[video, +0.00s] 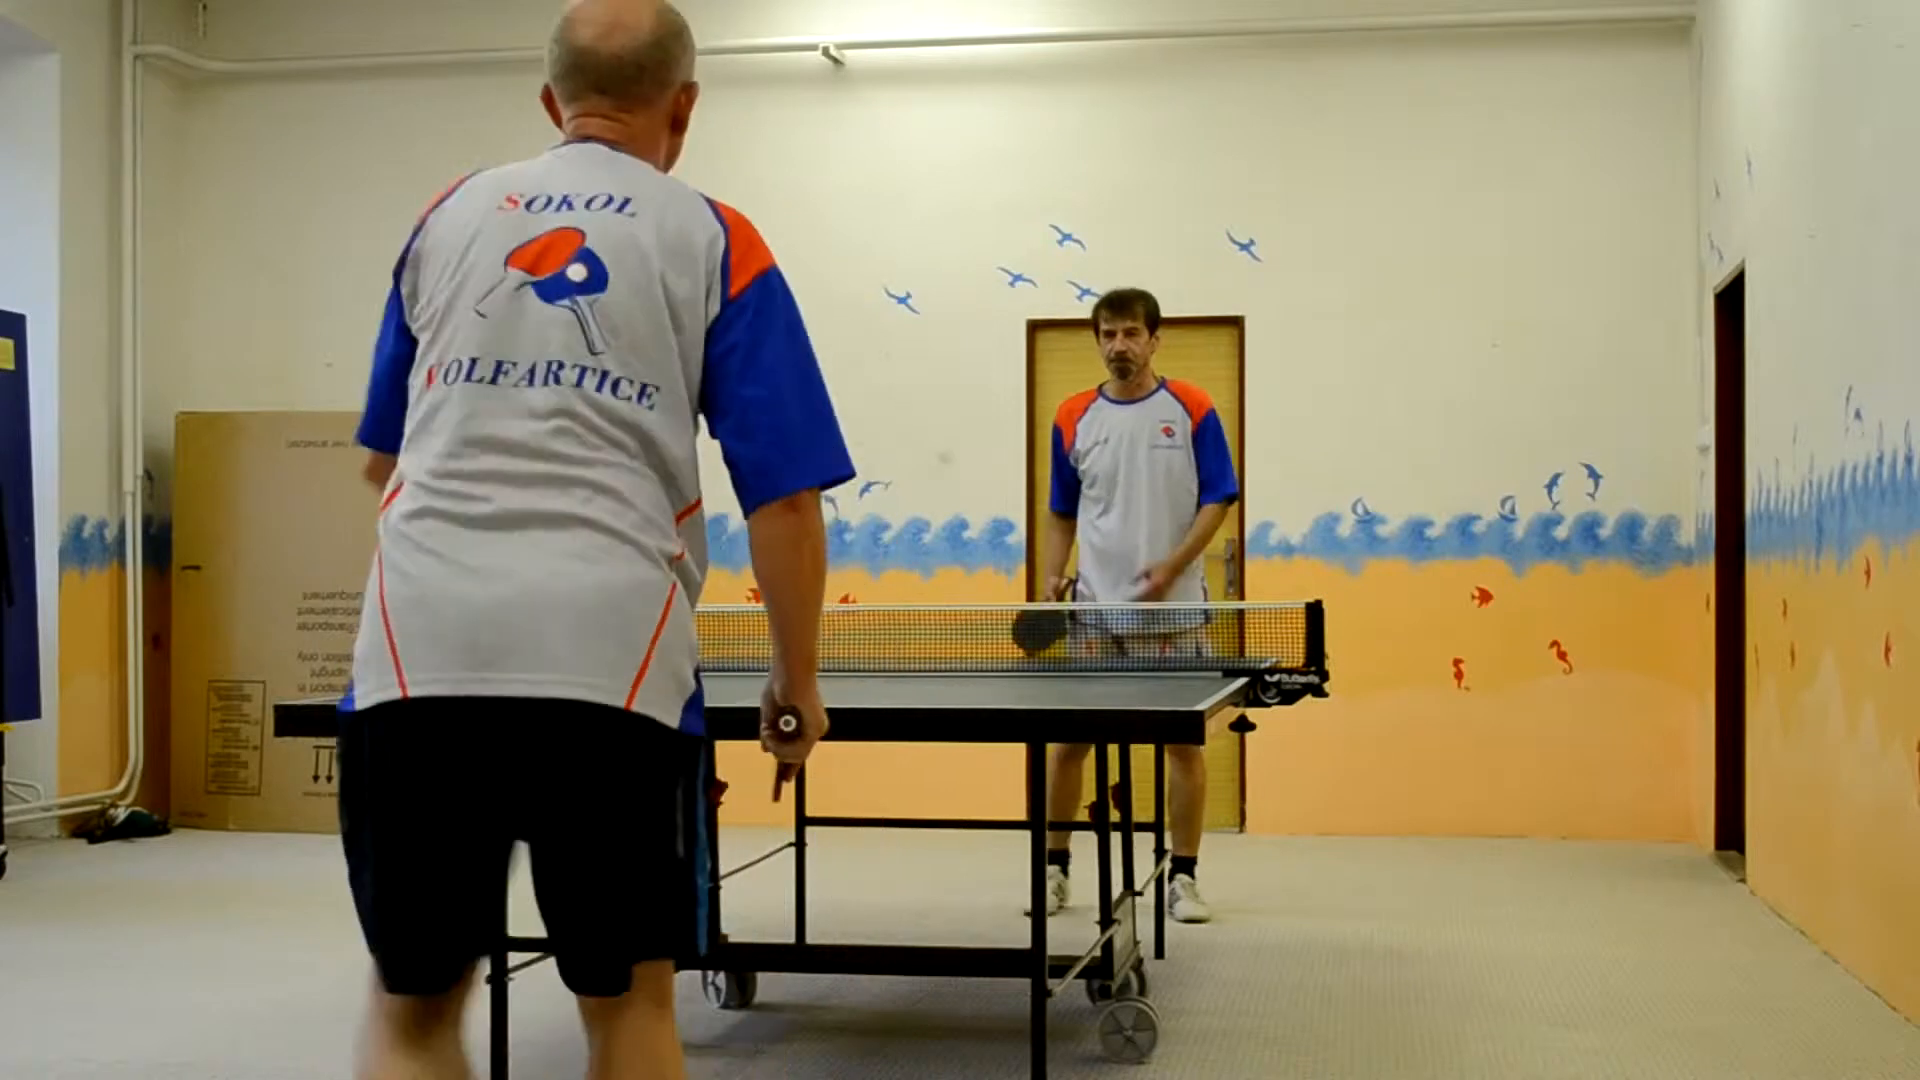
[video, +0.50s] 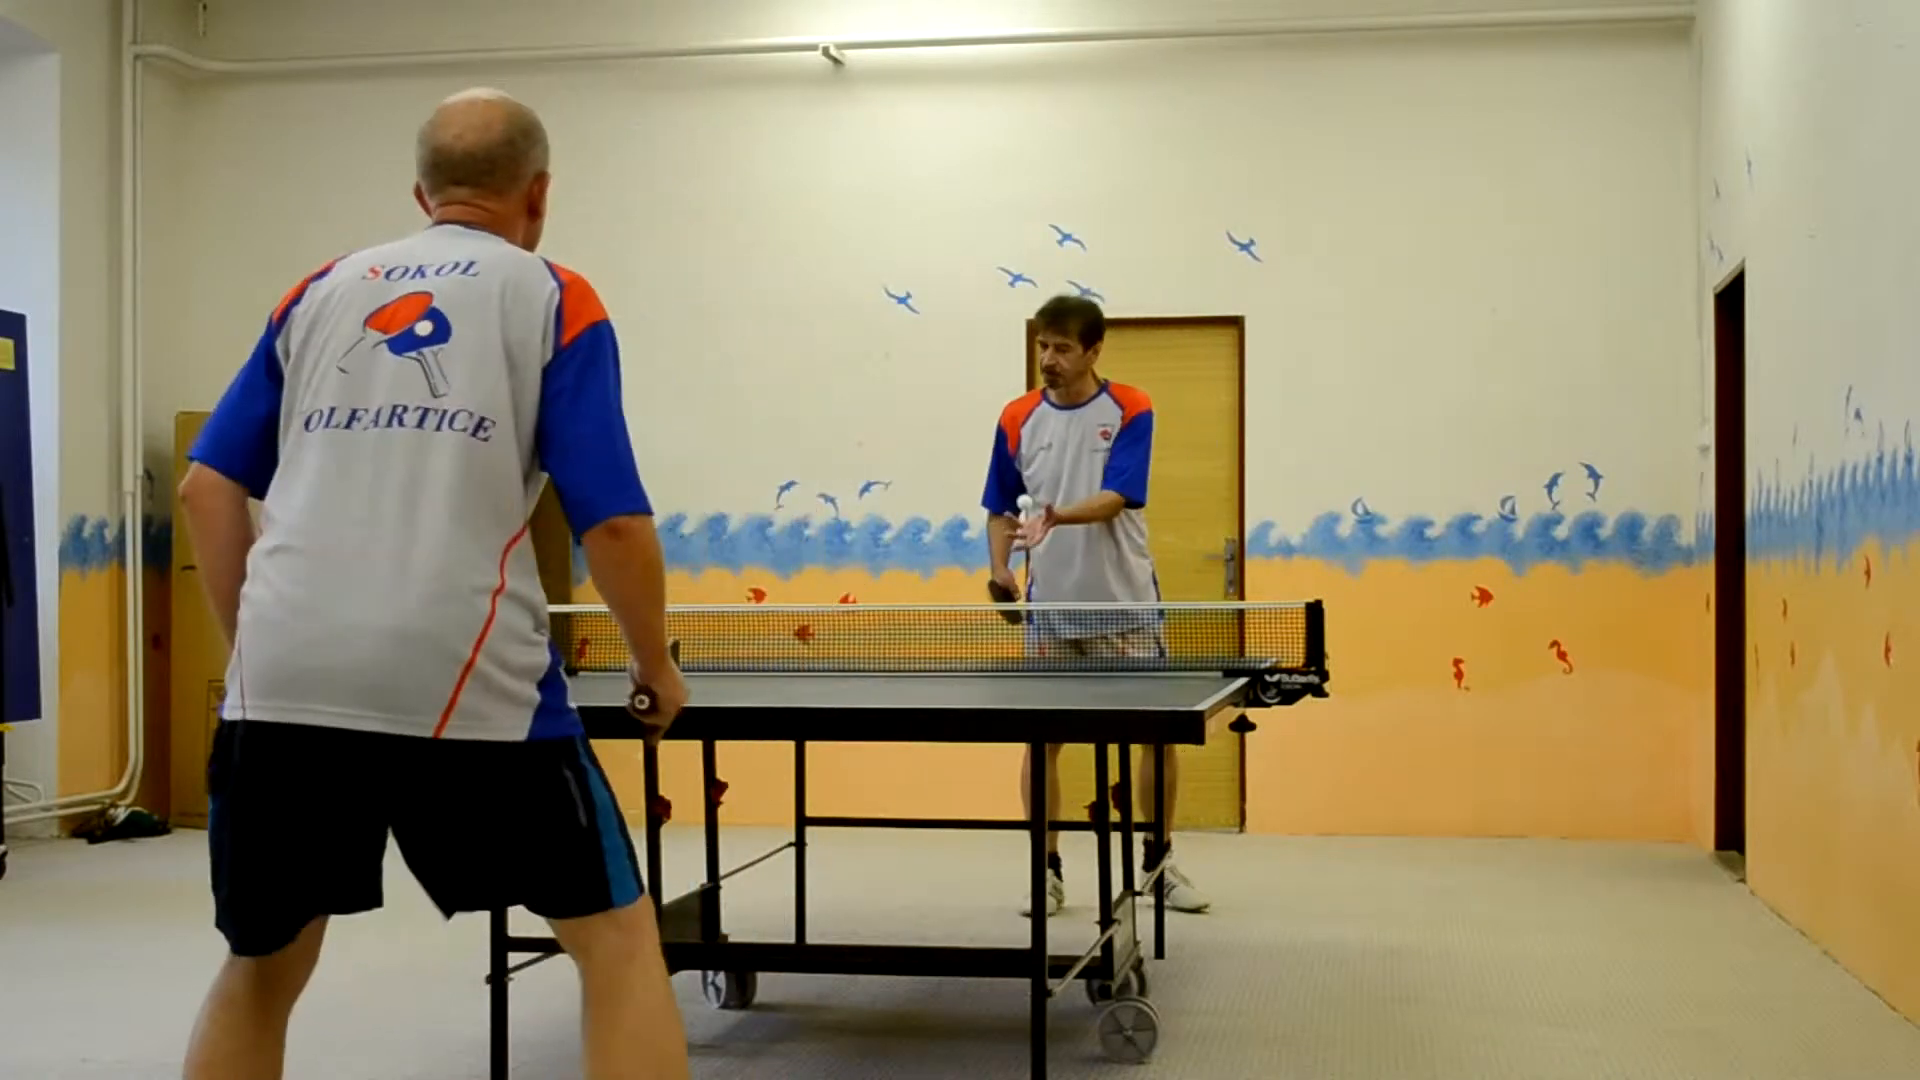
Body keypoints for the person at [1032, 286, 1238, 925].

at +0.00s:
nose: (1119, 344)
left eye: (1130, 333)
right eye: (1109, 334)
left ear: (1153, 339)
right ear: (1097, 341)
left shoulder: (1191, 409)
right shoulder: (1073, 417)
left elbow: (1220, 497)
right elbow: (1061, 510)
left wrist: (1177, 561)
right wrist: (1052, 574)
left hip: (1173, 610)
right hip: (1094, 611)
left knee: (1185, 742)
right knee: (1069, 740)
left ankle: (1182, 874)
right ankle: (1054, 870)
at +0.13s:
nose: (1101, 349)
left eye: (1112, 338)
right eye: (1091, 339)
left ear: (1136, 342)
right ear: (1079, 344)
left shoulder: (1172, 409)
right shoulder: (1054, 419)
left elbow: (1196, 497)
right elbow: (1042, 506)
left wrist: (1141, 551)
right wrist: (1035, 568)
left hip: (1158, 606)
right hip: (1079, 609)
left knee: (1177, 740)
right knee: (1057, 741)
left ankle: (1181, 873)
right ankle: (1050, 870)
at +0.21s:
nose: (1086, 352)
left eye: (1097, 340)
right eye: (1076, 341)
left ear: (1121, 343)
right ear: (1064, 346)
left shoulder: (1156, 409)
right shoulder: (1040, 419)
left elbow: (1171, 500)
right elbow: (1027, 508)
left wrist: (1120, 541)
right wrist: (1028, 567)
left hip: (1145, 606)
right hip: (1067, 608)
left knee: (1171, 740)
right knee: (1051, 740)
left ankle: (1178, 872)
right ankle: (1049, 870)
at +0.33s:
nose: (1066, 357)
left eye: (1078, 345)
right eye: (1057, 345)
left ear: (1102, 346)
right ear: (1045, 347)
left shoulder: (1137, 408)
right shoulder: (1023, 419)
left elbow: (1140, 499)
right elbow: (1013, 510)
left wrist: (1084, 528)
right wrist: (1009, 562)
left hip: (1131, 605)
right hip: (1054, 609)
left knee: (1167, 735)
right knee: (1043, 739)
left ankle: (1173, 868)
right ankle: (1048, 869)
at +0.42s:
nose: (1054, 356)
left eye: (1066, 346)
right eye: (1047, 345)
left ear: (1095, 348)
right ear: (1039, 346)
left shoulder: (1131, 408)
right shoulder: (1018, 417)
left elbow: (1127, 498)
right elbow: (1003, 502)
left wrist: (1064, 520)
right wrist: (1000, 564)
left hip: (1127, 602)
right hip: (1051, 607)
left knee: (1161, 731)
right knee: (1042, 737)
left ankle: (1168, 865)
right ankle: (1047, 867)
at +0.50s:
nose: (1049, 359)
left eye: (1061, 349)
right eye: (1043, 348)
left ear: (1093, 350)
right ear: (1037, 347)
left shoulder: (1130, 409)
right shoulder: (1017, 418)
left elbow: (1117, 499)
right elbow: (1001, 504)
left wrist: (1056, 514)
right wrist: (997, 566)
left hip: (1123, 603)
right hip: (1048, 608)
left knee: (1156, 732)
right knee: (1041, 737)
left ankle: (1158, 864)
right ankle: (1046, 867)